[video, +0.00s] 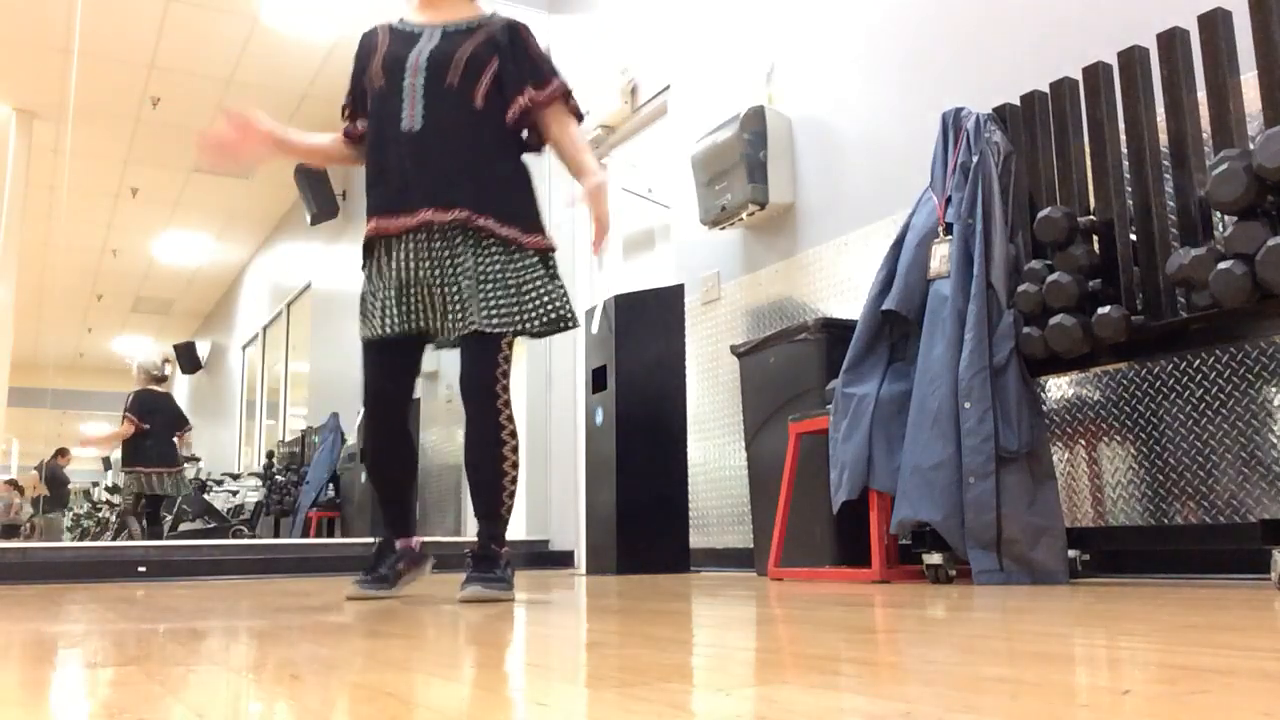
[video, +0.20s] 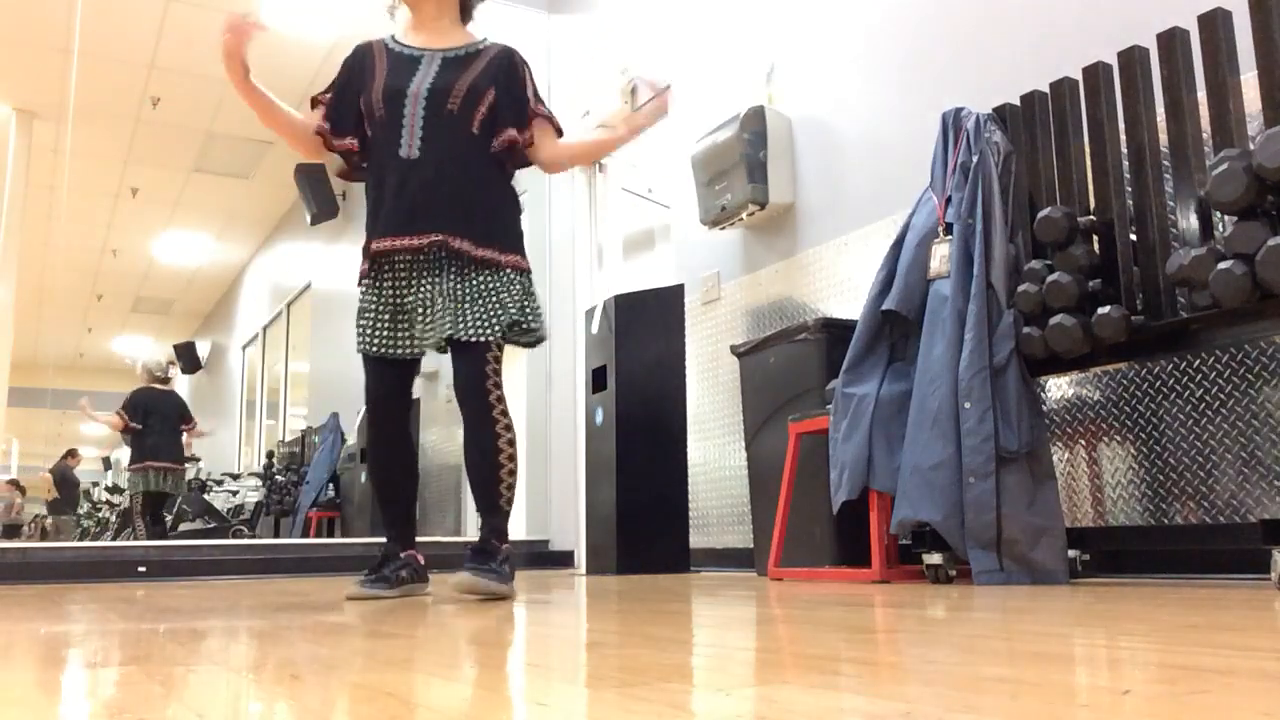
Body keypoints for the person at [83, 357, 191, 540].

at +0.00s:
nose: (134, 375)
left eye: (136, 371)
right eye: (135, 370)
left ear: (141, 373)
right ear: (160, 375)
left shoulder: (138, 396)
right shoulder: (167, 397)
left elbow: (127, 430)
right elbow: (182, 431)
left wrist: (97, 441)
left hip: (139, 467)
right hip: (166, 467)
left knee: (129, 511)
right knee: (154, 514)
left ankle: (139, 548)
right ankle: (155, 555)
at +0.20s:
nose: (139, 375)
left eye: (140, 372)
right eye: (140, 372)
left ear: (145, 374)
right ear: (166, 375)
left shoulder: (139, 395)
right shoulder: (175, 397)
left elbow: (118, 424)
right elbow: (191, 428)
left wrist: (91, 413)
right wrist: (201, 433)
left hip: (144, 467)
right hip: (172, 466)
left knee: (139, 515)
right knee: (157, 514)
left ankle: (147, 559)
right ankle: (163, 556)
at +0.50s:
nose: (156, 372)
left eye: (158, 369)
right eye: (157, 368)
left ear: (164, 371)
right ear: (182, 372)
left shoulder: (162, 394)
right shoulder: (195, 397)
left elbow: (132, 410)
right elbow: (213, 419)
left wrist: (113, 392)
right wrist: (190, 426)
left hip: (156, 462)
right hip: (183, 463)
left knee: (151, 510)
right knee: (177, 509)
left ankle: (147, 555)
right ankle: (195, 544)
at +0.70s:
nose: (171, 369)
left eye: (174, 366)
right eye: (173, 365)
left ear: (180, 370)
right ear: (197, 370)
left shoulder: (180, 393)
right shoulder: (204, 394)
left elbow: (160, 421)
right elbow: (220, 422)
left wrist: (133, 410)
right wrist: (199, 433)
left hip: (176, 465)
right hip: (201, 465)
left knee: (161, 512)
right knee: (198, 516)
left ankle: (153, 556)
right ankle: (206, 557)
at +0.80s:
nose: (176, 370)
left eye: (178, 366)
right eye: (177, 366)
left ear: (186, 370)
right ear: (199, 370)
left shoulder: (184, 394)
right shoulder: (211, 395)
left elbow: (168, 424)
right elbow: (223, 425)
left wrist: (138, 420)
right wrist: (200, 434)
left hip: (181, 466)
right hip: (208, 466)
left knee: (160, 510)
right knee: (201, 515)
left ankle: (153, 556)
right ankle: (210, 558)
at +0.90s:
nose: (183, 375)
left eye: (185, 371)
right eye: (184, 371)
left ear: (194, 372)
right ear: (204, 373)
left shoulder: (189, 394)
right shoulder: (216, 396)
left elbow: (177, 427)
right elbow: (226, 432)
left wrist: (154, 440)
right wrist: (205, 437)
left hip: (186, 468)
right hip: (212, 467)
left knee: (164, 506)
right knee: (202, 513)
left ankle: (166, 552)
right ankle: (211, 555)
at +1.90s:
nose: (188, 367)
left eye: (190, 363)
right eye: (189, 363)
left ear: (196, 366)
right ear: (213, 368)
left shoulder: (196, 389)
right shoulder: (217, 392)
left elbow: (183, 422)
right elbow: (222, 429)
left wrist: (160, 432)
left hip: (188, 465)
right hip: (211, 466)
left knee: (170, 506)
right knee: (198, 512)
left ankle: (171, 551)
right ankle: (202, 555)